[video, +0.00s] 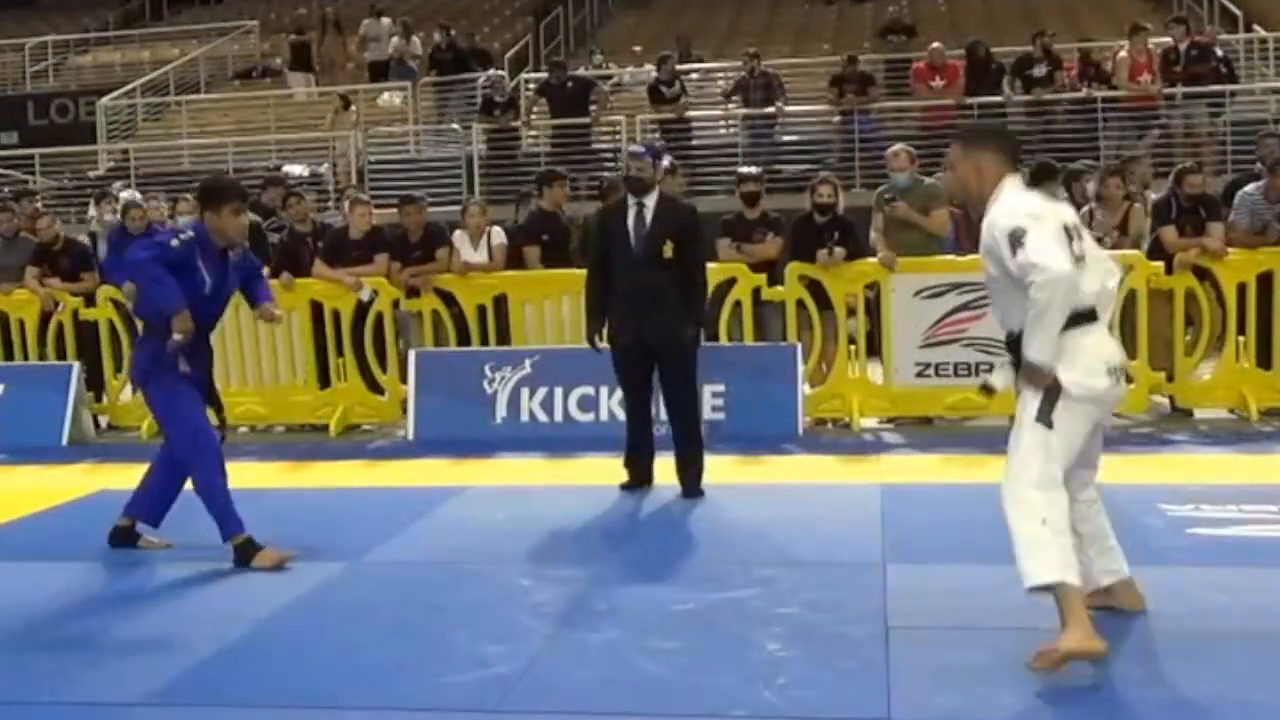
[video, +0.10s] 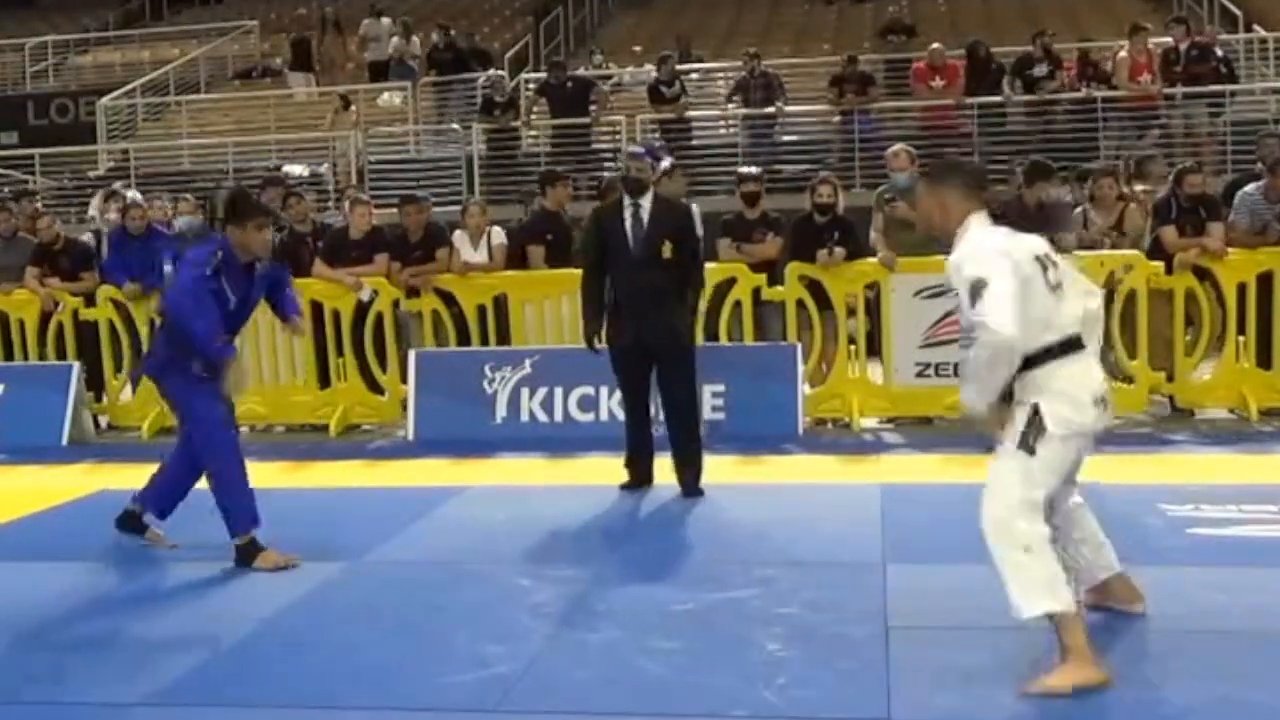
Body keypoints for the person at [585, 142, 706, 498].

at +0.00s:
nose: (633, 173)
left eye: (642, 167)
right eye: (630, 166)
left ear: (658, 172)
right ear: (624, 169)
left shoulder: (681, 214)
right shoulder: (606, 217)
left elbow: (694, 270)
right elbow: (597, 271)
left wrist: (695, 319)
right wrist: (595, 317)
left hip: (673, 323)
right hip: (626, 325)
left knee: (682, 405)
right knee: (635, 404)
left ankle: (690, 477)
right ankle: (638, 473)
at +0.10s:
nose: (634, 174)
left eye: (642, 168)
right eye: (630, 167)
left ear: (655, 173)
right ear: (622, 171)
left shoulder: (677, 213)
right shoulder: (602, 217)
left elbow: (692, 269)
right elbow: (593, 272)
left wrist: (685, 314)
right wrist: (592, 319)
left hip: (670, 321)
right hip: (625, 323)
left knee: (680, 402)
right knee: (634, 404)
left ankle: (689, 477)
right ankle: (638, 473)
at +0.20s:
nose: (636, 175)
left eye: (643, 169)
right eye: (630, 168)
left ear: (654, 173)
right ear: (619, 172)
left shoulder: (674, 210)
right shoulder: (602, 216)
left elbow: (693, 261)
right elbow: (592, 273)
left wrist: (679, 296)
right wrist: (591, 323)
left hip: (670, 318)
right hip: (625, 321)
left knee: (680, 399)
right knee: (633, 402)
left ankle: (690, 477)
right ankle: (638, 473)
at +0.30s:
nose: (640, 174)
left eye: (647, 168)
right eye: (634, 167)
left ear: (657, 173)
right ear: (622, 171)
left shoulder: (674, 209)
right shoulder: (601, 217)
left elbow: (697, 259)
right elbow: (592, 273)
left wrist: (671, 263)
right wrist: (591, 325)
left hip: (672, 319)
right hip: (625, 321)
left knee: (683, 398)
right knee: (634, 402)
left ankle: (695, 475)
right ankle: (639, 473)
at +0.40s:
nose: (645, 175)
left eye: (652, 169)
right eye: (639, 168)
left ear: (662, 174)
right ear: (626, 170)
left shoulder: (675, 209)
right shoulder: (604, 215)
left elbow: (698, 259)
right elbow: (593, 273)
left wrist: (676, 238)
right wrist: (593, 325)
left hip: (673, 317)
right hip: (627, 320)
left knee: (685, 398)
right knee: (635, 401)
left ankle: (697, 475)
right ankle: (639, 473)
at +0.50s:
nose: (658, 173)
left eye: (663, 167)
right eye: (651, 166)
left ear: (669, 172)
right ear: (634, 168)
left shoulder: (678, 207)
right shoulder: (608, 214)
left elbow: (698, 254)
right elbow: (596, 271)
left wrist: (673, 211)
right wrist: (596, 323)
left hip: (676, 316)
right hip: (630, 319)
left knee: (687, 398)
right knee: (637, 401)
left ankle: (698, 475)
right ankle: (639, 472)